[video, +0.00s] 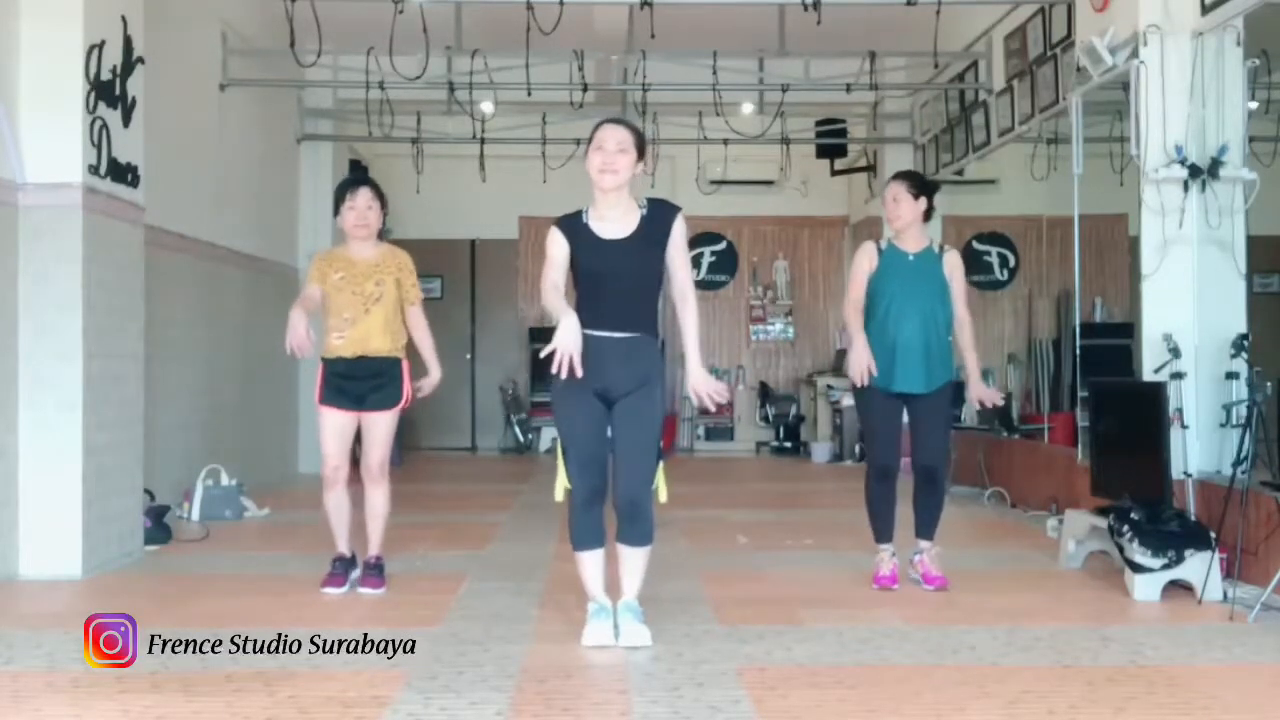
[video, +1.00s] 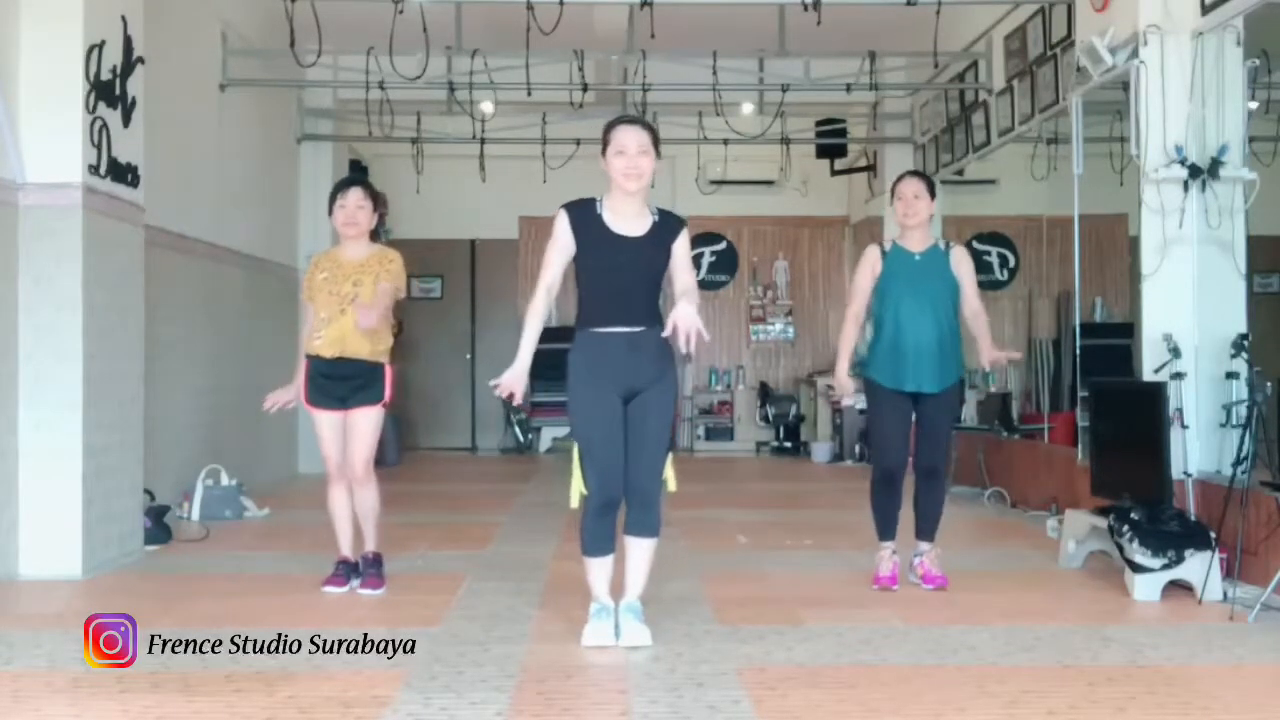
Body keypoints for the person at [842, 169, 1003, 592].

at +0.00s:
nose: (888, 207)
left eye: (898, 199)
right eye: (886, 200)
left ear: (923, 206)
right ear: (885, 206)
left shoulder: (948, 259)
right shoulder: (870, 254)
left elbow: (962, 321)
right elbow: (852, 306)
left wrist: (974, 379)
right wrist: (857, 343)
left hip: (934, 380)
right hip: (879, 378)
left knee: (932, 466)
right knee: (882, 465)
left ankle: (924, 552)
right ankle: (885, 553)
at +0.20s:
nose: (890, 212)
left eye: (898, 204)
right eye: (886, 205)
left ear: (922, 209)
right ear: (881, 210)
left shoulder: (945, 264)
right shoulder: (869, 257)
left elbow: (947, 324)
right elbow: (854, 309)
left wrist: (946, 371)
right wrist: (863, 345)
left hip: (926, 382)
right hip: (873, 379)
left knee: (927, 468)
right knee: (879, 464)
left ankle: (925, 550)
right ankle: (883, 553)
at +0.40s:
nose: (894, 212)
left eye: (903, 204)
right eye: (888, 204)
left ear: (922, 210)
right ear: (881, 210)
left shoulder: (942, 263)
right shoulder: (867, 256)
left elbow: (944, 317)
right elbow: (853, 311)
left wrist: (938, 355)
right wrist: (861, 349)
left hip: (928, 379)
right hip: (875, 376)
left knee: (927, 467)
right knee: (879, 464)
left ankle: (925, 550)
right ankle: (884, 553)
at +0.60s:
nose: (894, 210)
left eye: (904, 203)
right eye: (888, 203)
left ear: (922, 210)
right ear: (881, 209)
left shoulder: (943, 263)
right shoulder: (868, 257)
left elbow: (956, 322)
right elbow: (850, 315)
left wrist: (968, 374)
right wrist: (848, 363)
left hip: (930, 383)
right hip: (875, 382)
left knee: (931, 470)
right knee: (879, 467)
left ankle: (924, 551)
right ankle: (884, 554)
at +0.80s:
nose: (901, 205)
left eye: (910, 198)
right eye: (894, 199)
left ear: (926, 207)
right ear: (885, 207)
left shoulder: (948, 259)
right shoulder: (872, 255)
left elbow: (968, 313)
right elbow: (850, 315)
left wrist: (990, 356)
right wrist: (835, 370)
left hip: (935, 380)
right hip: (880, 379)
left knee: (932, 468)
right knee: (883, 466)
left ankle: (924, 552)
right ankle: (885, 553)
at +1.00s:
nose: (908, 204)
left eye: (916, 197)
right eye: (901, 198)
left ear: (933, 205)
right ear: (892, 207)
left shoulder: (956, 255)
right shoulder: (876, 256)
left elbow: (973, 308)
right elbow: (854, 314)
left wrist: (986, 348)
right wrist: (842, 369)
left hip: (941, 380)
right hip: (887, 379)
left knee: (933, 466)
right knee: (888, 465)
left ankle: (925, 552)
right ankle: (887, 552)